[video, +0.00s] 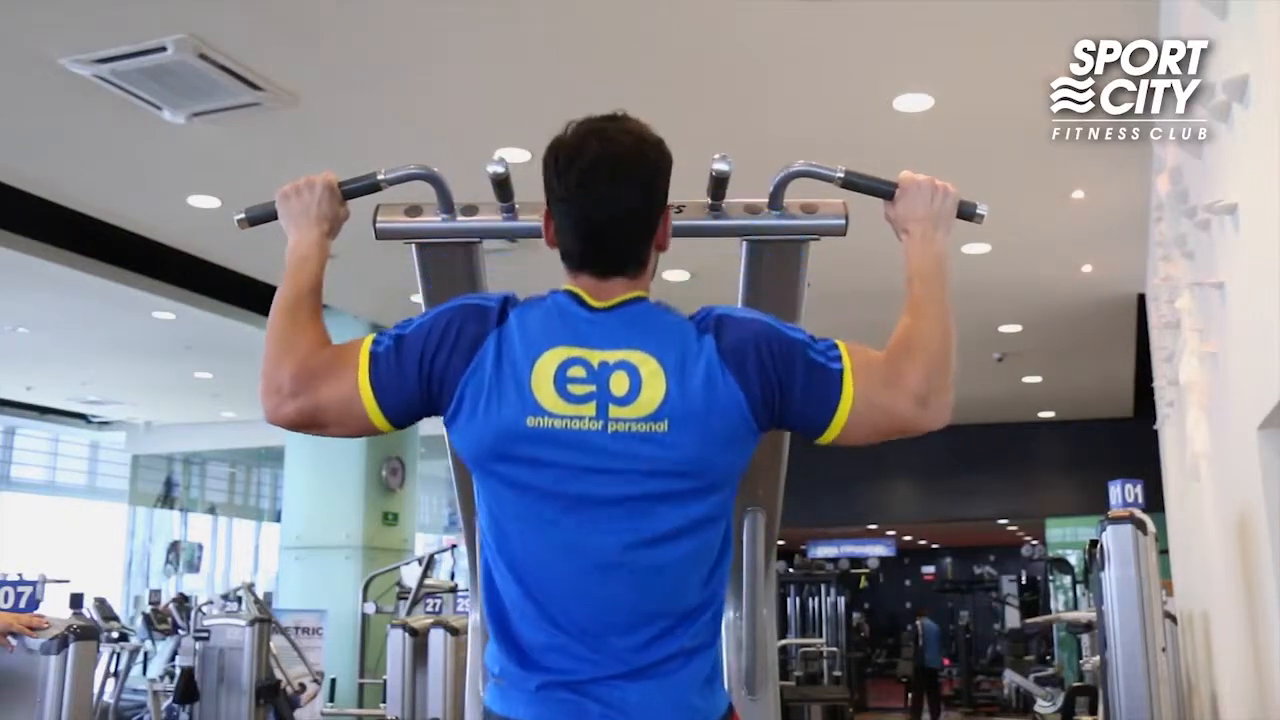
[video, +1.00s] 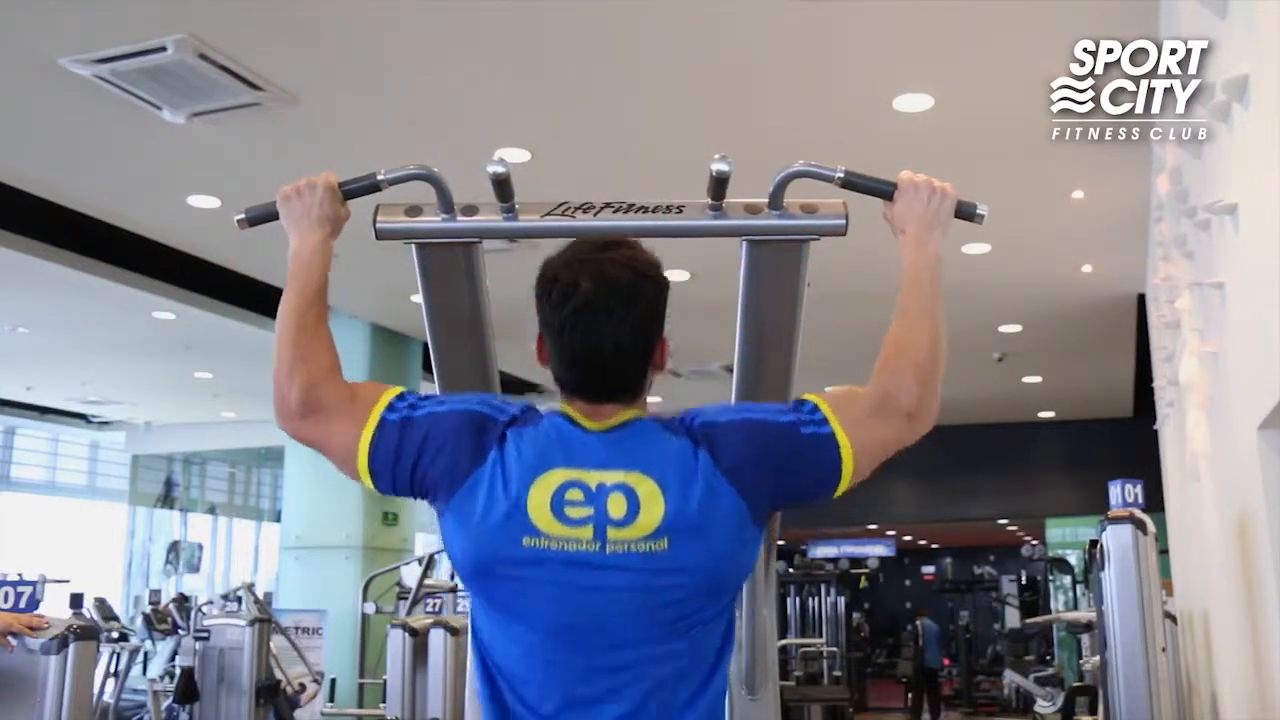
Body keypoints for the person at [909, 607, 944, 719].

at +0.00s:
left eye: (917, 616)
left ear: (917, 615)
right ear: (927, 615)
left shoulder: (917, 625)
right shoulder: (935, 626)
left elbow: (917, 644)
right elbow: (938, 645)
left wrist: (914, 659)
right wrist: (937, 660)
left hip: (921, 664)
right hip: (934, 664)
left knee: (918, 692)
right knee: (933, 692)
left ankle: (916, 715)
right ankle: (935, 715)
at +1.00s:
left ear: (917, 615)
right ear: (928, 615)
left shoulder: (917, 625)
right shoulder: (935, 626)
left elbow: (917, 644)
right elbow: (938, 645)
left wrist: (914, 659)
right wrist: (938, 660)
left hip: (921, 663)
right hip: (934, 664)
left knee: (917, 692)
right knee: (933, 692)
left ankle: (916, 715)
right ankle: (935, 715)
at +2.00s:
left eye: (917, 616)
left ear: (917, 615)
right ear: (927, 615)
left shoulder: (917, 625)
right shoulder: (935, 626)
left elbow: (917, 644)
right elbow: (938, 645)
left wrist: (914, 658)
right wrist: (938, 660)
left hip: (920, 663)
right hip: (934, 664)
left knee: (917, 692)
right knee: (933, 692)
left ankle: (916, 714)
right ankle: (935, 715)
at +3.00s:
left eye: (917, 616)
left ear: (917, 615)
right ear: (927, 615)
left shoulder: (917, 625)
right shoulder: (935, 626)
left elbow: (917, 644)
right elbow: (938, 645)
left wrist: (914, 658)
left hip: (921, 663)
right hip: (934, 664)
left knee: (918, 692)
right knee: (933, 691)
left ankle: (916, 714)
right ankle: (935, 715)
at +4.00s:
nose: (916, 618)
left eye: (916, 616)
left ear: (917, 615)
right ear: (928, 614)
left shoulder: (917, 625)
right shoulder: (935, 627)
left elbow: (917, 644)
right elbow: (938, 645)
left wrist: (914, 659)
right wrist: (939, 659)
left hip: (921, 663)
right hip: (934, 664)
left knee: (918, 692)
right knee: (933, 691)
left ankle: (916, 715)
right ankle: (935, 715)